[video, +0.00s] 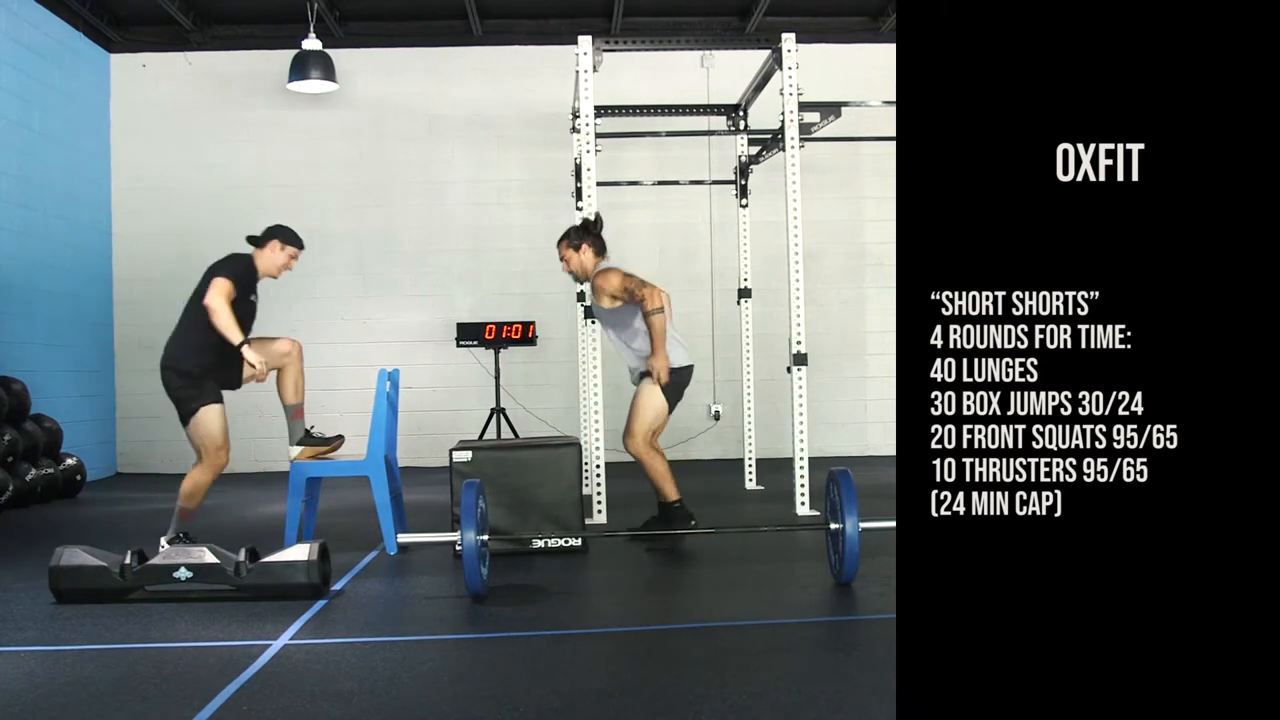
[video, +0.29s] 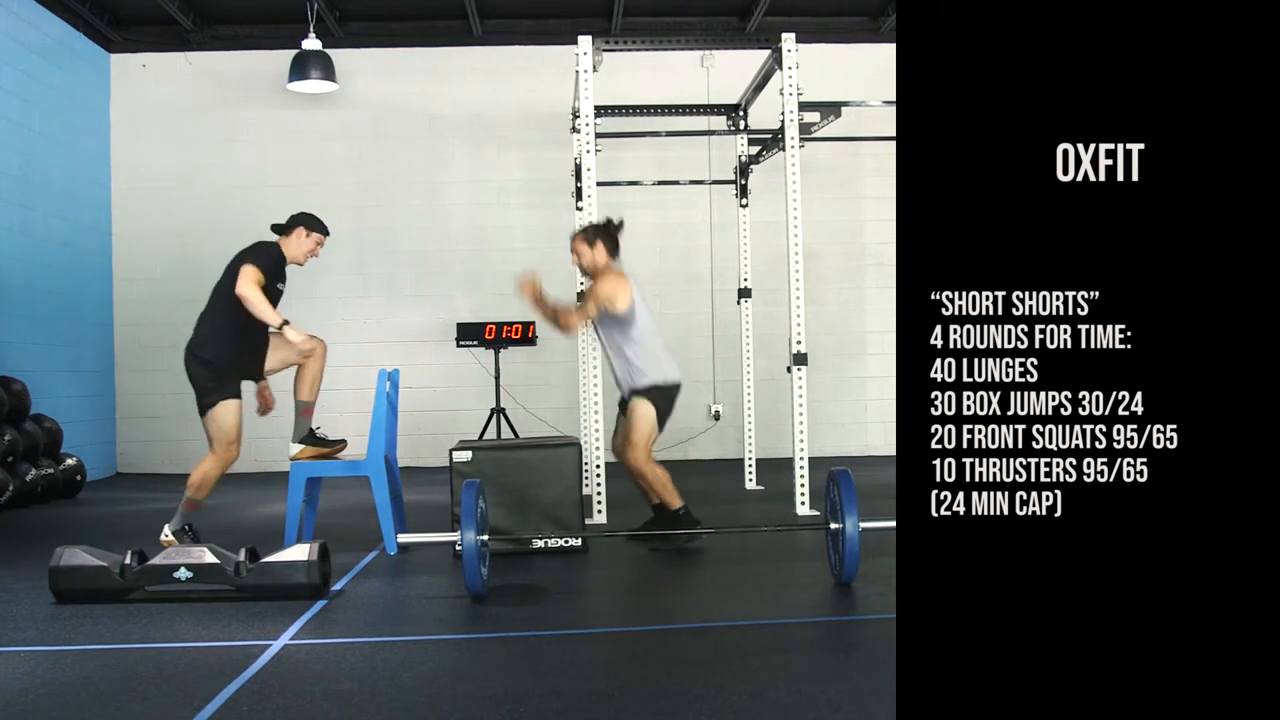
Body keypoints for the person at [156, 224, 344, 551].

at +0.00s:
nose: (291, 265)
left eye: (295, 259)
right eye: (290, 256)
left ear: (274, 249)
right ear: (272, 246)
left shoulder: (248, 281)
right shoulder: (237, 265)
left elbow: (226, 331)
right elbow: (214, 302)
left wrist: (250, 362)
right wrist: (244, 347)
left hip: (219, 364)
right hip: (190, 367)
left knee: (289, 350)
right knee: (215, 458)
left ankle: (300, 440)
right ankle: (175, 537)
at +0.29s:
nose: (317, 252)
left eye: (320, 246)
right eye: (316, 243)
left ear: (299, 238)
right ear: (299, 234)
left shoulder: (276, 270)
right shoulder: (265, 253)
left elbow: (252, 328)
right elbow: (245, 288)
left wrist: (261, 381)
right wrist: (285, 327)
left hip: (241, 352)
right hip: (214, 355)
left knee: (313, 348)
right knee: (225, 451)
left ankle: (303, 436)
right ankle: (178, 527)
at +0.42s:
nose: (323, 243)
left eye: (326, 237)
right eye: (322, 235)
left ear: (304, 230)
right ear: (303, 228)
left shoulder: (284, 266)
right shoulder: (271, 251)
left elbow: (267, 319)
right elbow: (264, 287)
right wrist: (322, 300)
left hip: (257, 353)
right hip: (226, 357)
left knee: (325, 352)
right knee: (224, 451)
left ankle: (305, 436)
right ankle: (177, 529)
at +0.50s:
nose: (335, 219)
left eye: (337, 212)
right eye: (333, 210)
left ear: (315, 206)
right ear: (313, 204)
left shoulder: (296, 242)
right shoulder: (283, 229)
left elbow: (288, 295)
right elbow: (275, 265)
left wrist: (317, 328)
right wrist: (335, 271)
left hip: (266, 335)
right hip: (234, 336)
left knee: (335, 353)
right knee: (223, 430)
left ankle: (306, 438)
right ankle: (189, 513)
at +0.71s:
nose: (347, 156)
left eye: (349, 149)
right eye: (345, 147)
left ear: (331, 144)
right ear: (325, 141)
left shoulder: (315, 182)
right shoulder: (291, 172)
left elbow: (306, 238)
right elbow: (269, 226)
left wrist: (327, 277)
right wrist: (309, 266)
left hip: (285, 278)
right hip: (258, 275)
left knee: (328, 347)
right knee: (301, 357)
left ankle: (307, 436)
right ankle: (240, 430)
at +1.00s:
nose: (347, 128)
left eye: (351, 122)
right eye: (345, 119)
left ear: (331, 116)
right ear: (325, 112)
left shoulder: (315, 152)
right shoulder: (291, 147)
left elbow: (306, 212)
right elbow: (261, 200)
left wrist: (322, 256)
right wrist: (262, 249)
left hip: (304, 262)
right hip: (285, 259)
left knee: (315, 344)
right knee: (308, 343)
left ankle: (306, 433)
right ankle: (301, 435)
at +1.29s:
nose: (347, 160)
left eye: (351, 154)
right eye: (346, 151)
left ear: (330, 145)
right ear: (328, 141)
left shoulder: (309, 179)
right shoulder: (289, 169)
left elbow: (290, 236)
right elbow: (261, 219)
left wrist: (304, 279)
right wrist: (296, 262)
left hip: (282, 276)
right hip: (254, 273)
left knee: (323, 346)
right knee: (283, 361)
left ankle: (306, 437)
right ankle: (224, 438)